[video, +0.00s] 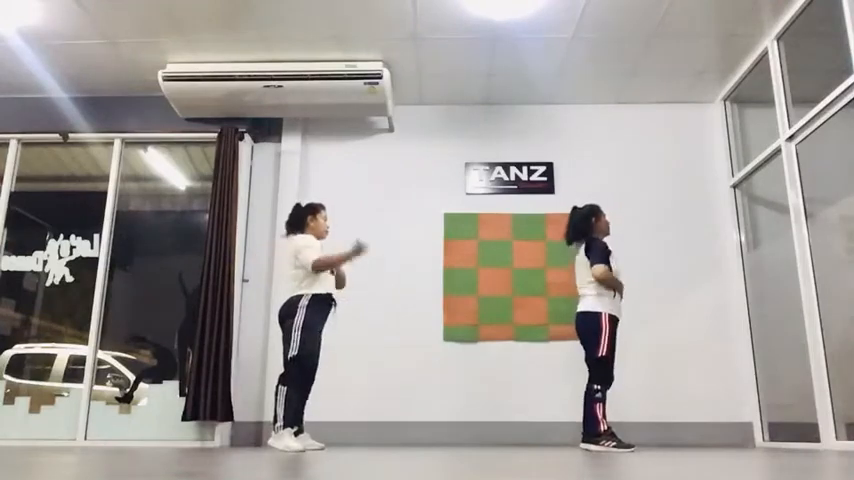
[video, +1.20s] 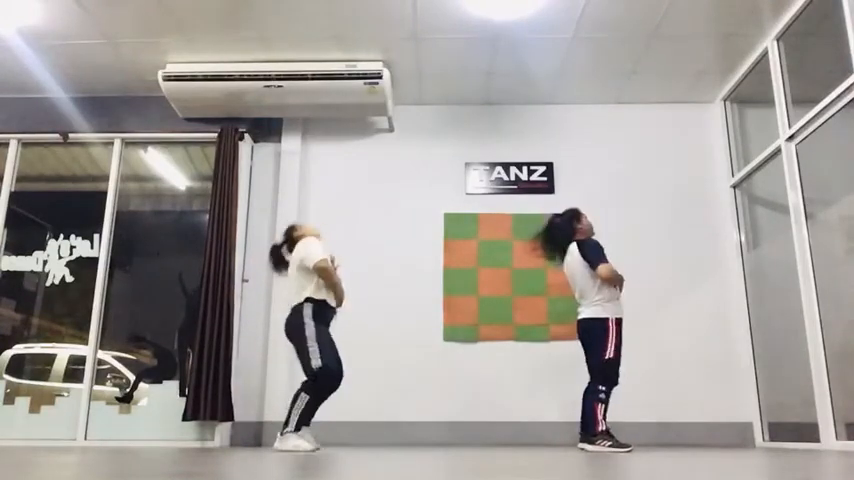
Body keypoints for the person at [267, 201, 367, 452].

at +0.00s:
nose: (328, 224)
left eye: (327, 220)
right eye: (324, 219)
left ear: (312, 221)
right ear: (311, 220)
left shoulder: (316, 247)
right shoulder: (303, 240)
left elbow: (340, 284)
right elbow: (315, 264)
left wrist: (337, 265)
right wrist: (350, 254)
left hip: (316, 307)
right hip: (302, 305)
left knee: (307, 369)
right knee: (294, 367)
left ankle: (297, 432)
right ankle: (281, 432)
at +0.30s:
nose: (341, 228)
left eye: (339, 224)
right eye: (337, 224)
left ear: (323, 227)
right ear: (325, 226)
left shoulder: (316, 244)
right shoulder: (327, 241)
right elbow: (343, 264)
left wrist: (329, 290)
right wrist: (338, 288)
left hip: (299, 310)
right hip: (296, 310)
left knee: (300, 371)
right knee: (294, 370)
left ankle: (295, 432)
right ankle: (279, 433)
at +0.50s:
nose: (340, 252)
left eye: (343, 248)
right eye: (340, 245)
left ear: (328, 238)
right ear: (328, 235)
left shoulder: (312, 257)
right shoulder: (312, 256)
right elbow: (328, 299)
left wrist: (332, 282)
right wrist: (336, 285)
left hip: (303, 323)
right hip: (294, 322)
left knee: (322, 376)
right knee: (313, 374)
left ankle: (299, 432)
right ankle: (279, 433)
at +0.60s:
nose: (326, 249)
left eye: (329, 244)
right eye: (324, 243)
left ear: (323, 242)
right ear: (310, 237)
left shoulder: (314, 262)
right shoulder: (300, 264)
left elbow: (335, 276)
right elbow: (319, 303)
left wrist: (327, 277)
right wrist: (331, 302)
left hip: (311, 328)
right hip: (298, 327)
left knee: (336, 375)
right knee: (319, 376)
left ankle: (305, 426)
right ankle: (279, 434)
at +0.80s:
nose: (293, 245)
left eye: (291, 240)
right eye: (286, 243)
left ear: (294, 243)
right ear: (275, 254)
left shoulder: (302, 267)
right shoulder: (286, 276)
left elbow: (333, 262)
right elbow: (313, 303)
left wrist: (317, 272)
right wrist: (334, 298)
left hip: (328, 326)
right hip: (314, 327)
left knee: (340, 388)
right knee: (325, 380)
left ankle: (296, 432)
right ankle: (281, 432)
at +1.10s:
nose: (285, 236)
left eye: (280, 235)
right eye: (280, 238)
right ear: (280, 247)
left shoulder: (298, 257)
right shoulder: (295, 253)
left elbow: (321, 273)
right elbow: (318, 271)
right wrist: (341, 291)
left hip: (321, 317)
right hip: (313, 317)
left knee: (332, 378)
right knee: (330, 376)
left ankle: (296, 430)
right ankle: (290, 431)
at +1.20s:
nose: (307, 225)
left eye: (302, 223)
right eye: (301, 226)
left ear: (298, 236)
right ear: (297, 235)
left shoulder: (310, 249)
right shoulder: (308, 243)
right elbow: (323, 269)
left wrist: (333, 273)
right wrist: (338, 293)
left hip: (316, 316)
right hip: (306, 314)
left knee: (332, 374)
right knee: (321, 373)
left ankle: (299, 430)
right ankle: (288, 435)